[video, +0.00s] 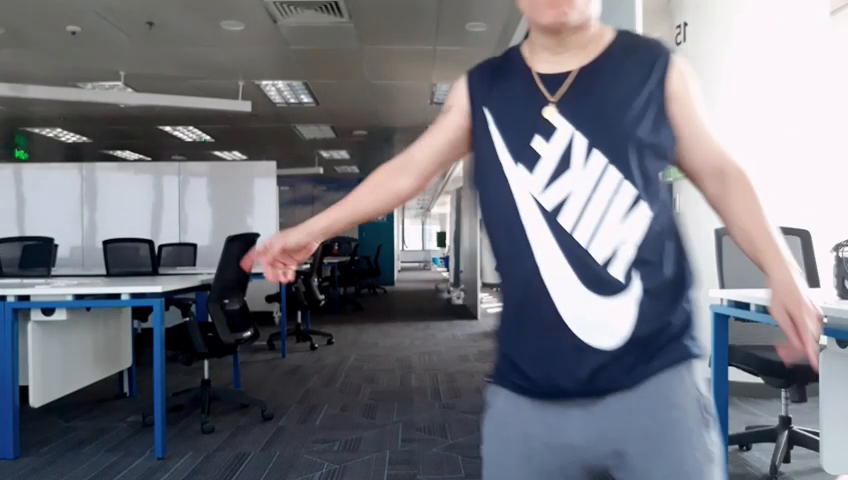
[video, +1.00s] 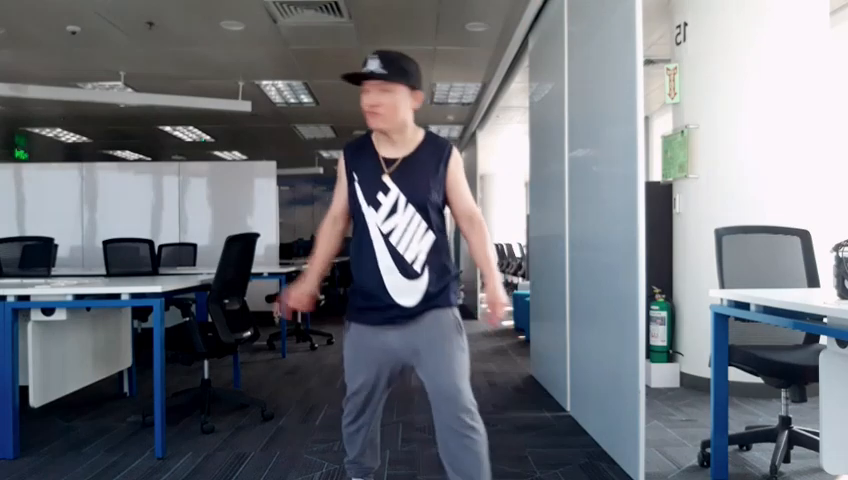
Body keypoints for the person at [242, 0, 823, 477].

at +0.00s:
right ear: (517, 1)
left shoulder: (654, 66)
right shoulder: (480, 88)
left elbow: (719, 176)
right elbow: (406, 173)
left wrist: (780, 276)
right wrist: (312, 231)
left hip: (655, 384)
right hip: (527, 391)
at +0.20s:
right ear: (474, 2)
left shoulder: (606, 52)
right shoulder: (458, 81)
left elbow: (663, 132)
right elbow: (431, 179)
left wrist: (704, 182)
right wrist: (385, 255)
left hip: (593, 340)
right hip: (487, 344)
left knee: (607, 472)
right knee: (505, 471)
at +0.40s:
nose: (469, 25)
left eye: (484, 10)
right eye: (456, 17)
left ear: (517, 22)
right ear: (447, 39)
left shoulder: (565, 91)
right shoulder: (450, 116)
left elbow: (628, 154)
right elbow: (438, 203)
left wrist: (649, 199)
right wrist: (396, 270)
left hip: (546, 334)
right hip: (463, 337)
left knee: (537, 471)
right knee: (484, 470)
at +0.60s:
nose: (453, 34)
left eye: (466, 20)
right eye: (440, 25)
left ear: (493, 31)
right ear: (428, 44)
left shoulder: (533, 92)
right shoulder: (424, 113)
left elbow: (572, 167)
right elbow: (390, 187)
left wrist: (599, 242)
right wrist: (332, 224)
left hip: (513, 307)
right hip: (434, 304)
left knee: (515, 447)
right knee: (406, 431)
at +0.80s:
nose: (443, 55)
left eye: (455, 45)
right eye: (431, 48)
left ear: (478, 54)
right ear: (418, 63)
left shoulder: (514, 120)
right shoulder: (408, 132)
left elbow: (545, 198)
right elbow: (377, 198)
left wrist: (570, 274)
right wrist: (330, 225)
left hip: (495, 319)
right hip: (421, 317)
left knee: (503, 457)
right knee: (384, 438)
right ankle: (388, 475)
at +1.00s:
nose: (370, 100)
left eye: (383, 91)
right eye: (365, 91)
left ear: (415, 98)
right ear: (359, 98)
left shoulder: (442, 154)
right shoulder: (353, 156)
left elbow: (469, 218)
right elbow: (336, 220)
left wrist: (492, 279)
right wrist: (309, 280)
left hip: (433, 313)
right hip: (368, 316)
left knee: (457, 411)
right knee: (359, 411)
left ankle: (473, 477)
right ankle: (360, 473)